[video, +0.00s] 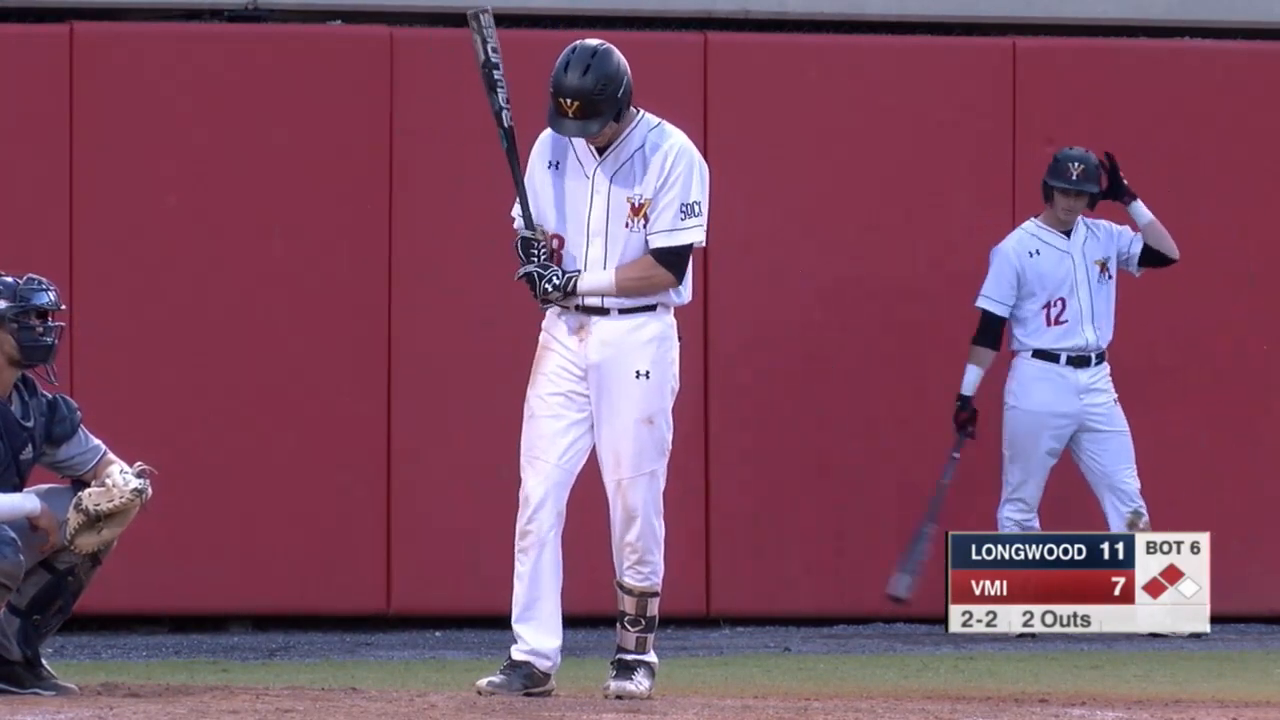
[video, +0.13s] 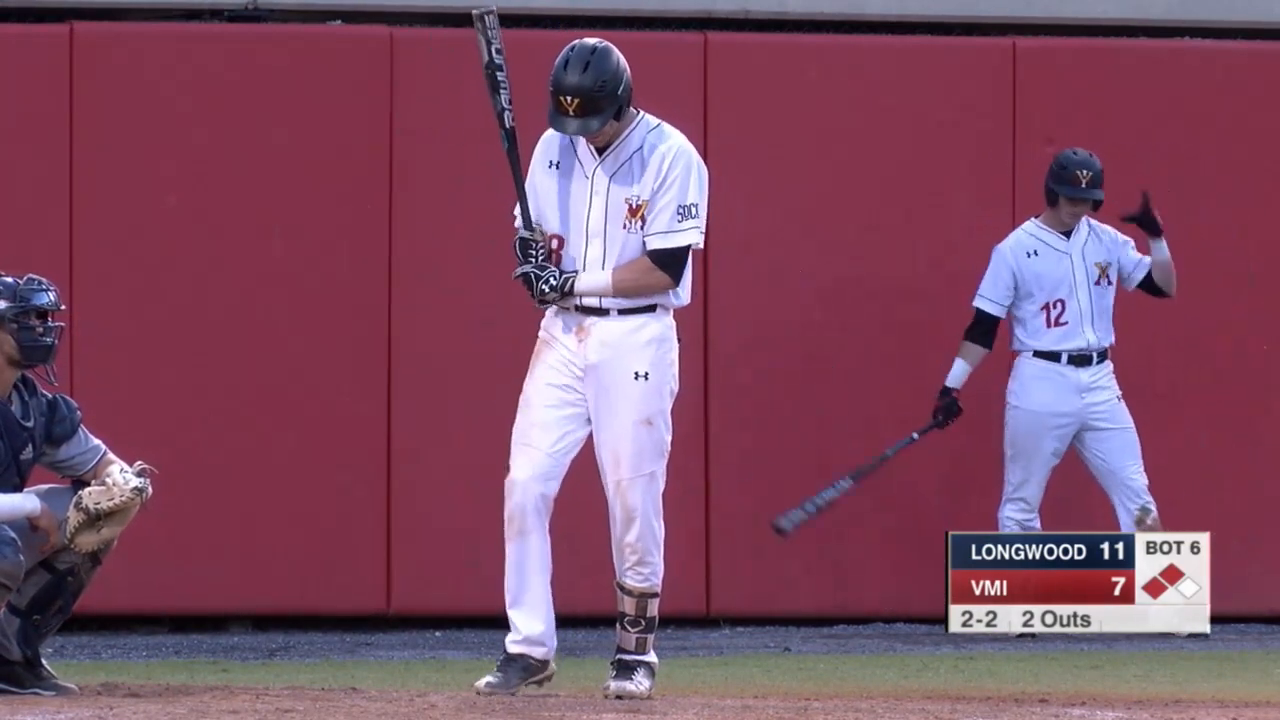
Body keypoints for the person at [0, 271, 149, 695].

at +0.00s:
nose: (37, 328)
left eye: (40, 318)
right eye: (23, 319)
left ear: (46, 325)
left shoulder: (38, 406)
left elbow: (97, 461)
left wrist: (125, 483)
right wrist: (26, 505)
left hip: (9, 523)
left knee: (97, 510)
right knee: (12, 544)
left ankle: (15, 651)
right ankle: (8, 652)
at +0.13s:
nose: (38, 328)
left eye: (41, 318)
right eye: (24, 319)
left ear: (47, 325)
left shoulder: (37, 405)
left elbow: (97, 461)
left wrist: (125, 483)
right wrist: (28, 505)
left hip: (9, 524)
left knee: (95, 512)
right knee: (11, 542)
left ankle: (16, 652)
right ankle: (10, 652)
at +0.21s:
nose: (38, 328)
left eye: (40, 319)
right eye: (23, 319)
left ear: (47, 325)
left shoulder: (38, 406)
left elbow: (98, 461)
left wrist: (125, 484)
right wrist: (27, 505)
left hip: (8, 523)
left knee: (95, 512)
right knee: (10, 544)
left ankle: (15, 652)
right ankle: (8, 653)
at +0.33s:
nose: (38, 328)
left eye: (41, 318)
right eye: (23, 319)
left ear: (47, 325)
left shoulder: (38, 406)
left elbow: (97, 461)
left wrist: (126, 484)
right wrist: (27, 505)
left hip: (9, 521)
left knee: (93, 513)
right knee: (11, 544)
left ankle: (16, 653)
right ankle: (9, 653)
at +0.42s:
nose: (37, 328)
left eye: (41, 319)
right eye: (23, 319)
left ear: (47, 325)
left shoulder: (38, 406)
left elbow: (97, 462)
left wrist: (126, 484)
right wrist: (28, 505)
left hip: (9, 522)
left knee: (95, 511)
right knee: (11, 544)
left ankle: (15, 652)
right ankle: (9, 653)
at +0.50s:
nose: (38, 328)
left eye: (41, 318)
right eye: (23, 319)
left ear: (48, 325)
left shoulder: (37, 406)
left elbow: (97, 461)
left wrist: (125, 484)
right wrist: (27, 505)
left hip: (9, 522)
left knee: (96, 511)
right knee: (11, 545)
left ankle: (15, 652)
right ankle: (8, 653)